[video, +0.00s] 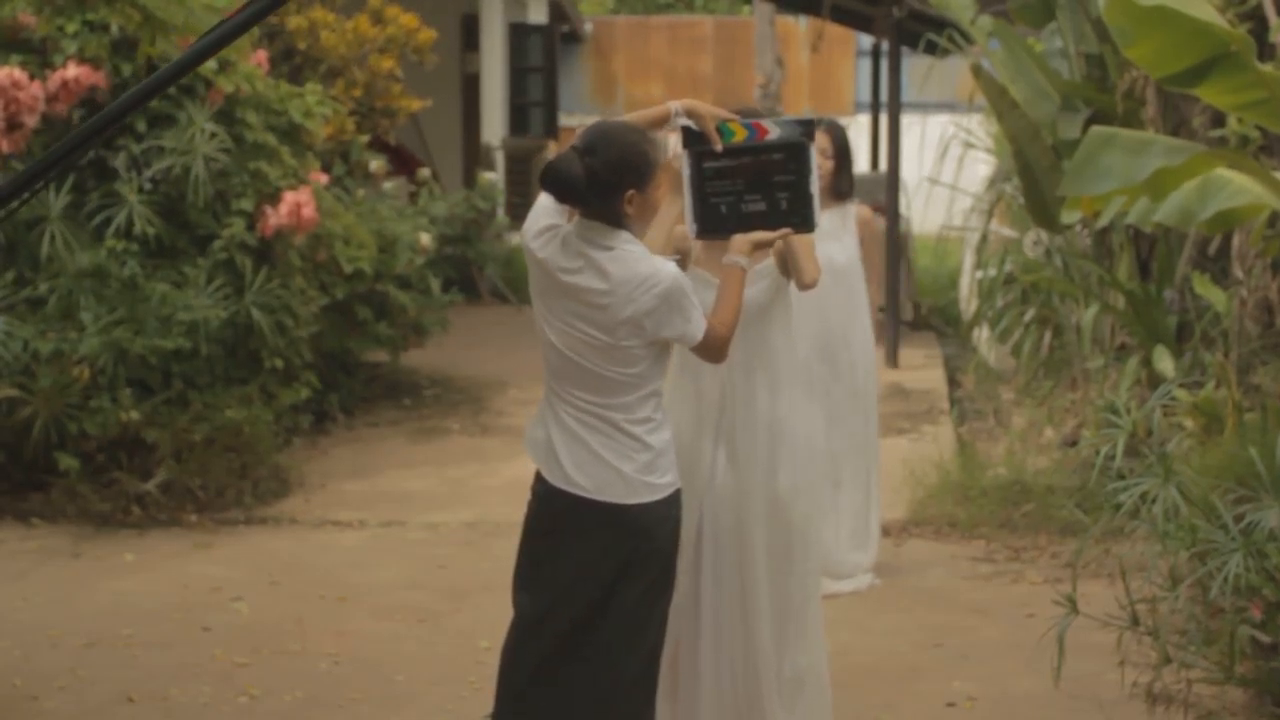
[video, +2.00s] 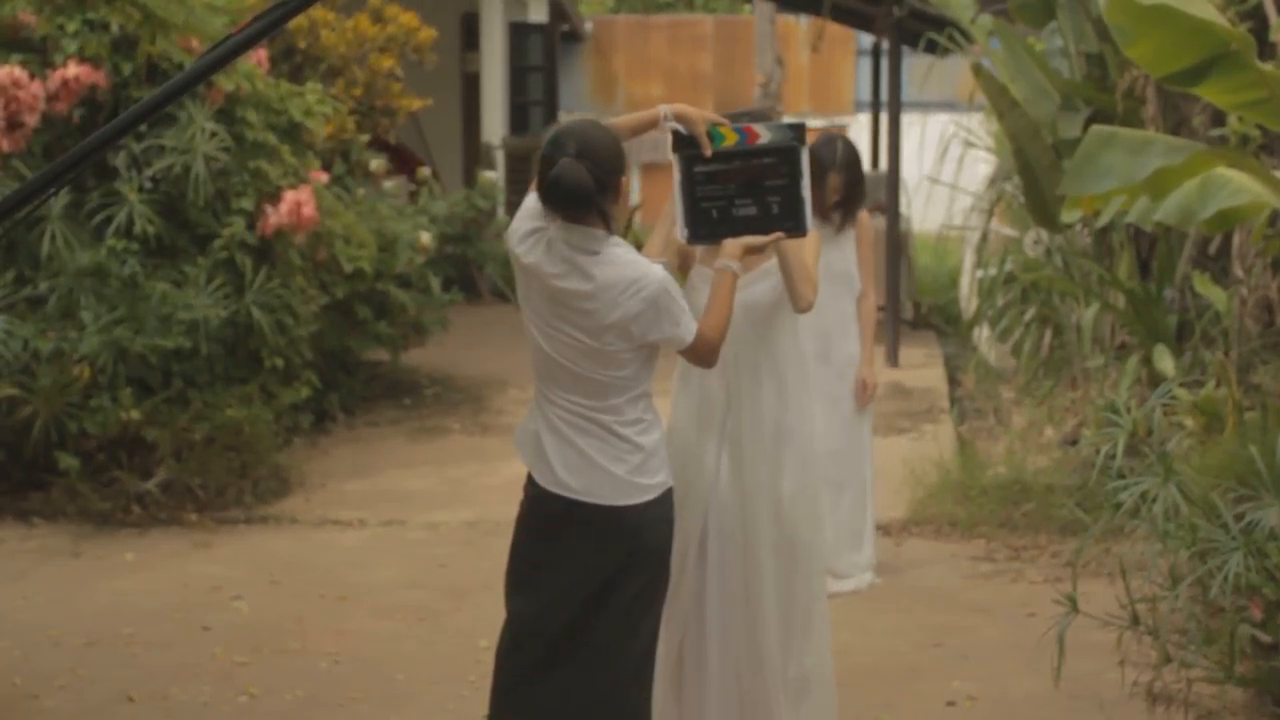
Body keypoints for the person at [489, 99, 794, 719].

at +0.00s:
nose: (667, 186)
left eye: (665, 175)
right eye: (661, 179)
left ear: (585, 190)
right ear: (631, 200)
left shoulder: (544, 235)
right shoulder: (650, 279)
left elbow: (577, 148)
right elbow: (713, 344)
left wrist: (665, 113)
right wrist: (738, 259)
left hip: (559, 484)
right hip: (638, 495)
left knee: (537, 651)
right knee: (623, 665)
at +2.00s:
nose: (630, 180)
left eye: (624, 170)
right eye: (626, 173)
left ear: (548, 179)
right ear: (618, 192)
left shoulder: (528, 241)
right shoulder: (639, 279)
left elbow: (561, 152)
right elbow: (704, 349)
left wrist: (662, 114)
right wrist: (729, 263)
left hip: (553, 487)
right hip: (632, 495)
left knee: (529, 651)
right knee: (619, 661)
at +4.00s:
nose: (623, 179)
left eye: (615, 166)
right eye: (617, 169)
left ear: (544, 181)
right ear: (607, 186)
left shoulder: (523, 243)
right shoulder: (637, 278)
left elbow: (559, 162)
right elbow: (699, 355)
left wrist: (654, 126)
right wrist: (727, 269)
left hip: (551, 488)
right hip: (629, 496)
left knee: (527, 654)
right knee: (618, 666)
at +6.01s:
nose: (424, 234)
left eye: (439, 208)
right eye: (402, 220)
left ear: (481, 199)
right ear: (388, 231)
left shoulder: (539, 296)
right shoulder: (373, 325)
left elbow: (550, 407)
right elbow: (356, 480)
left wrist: (593, 472)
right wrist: (453, 466)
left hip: (534, 586)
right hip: (428, 598)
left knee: (556, 713)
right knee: (444, 714)